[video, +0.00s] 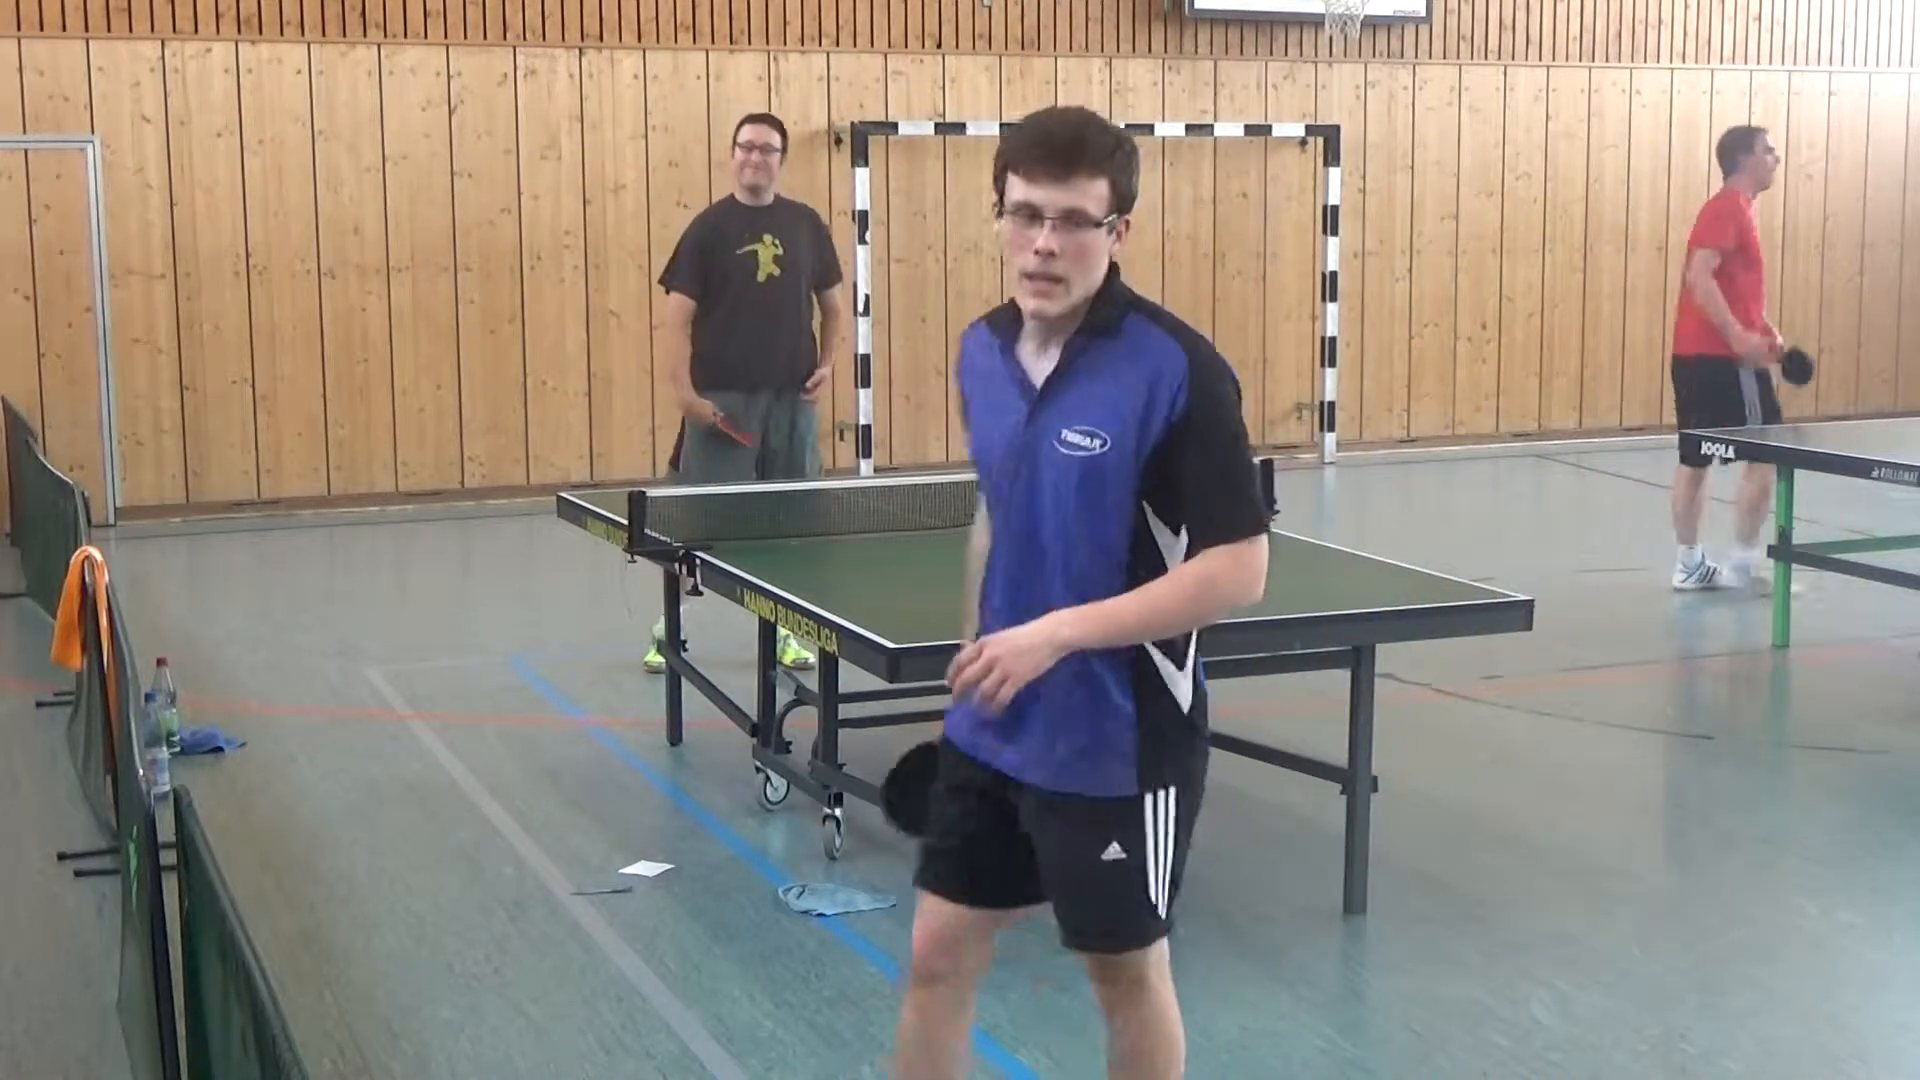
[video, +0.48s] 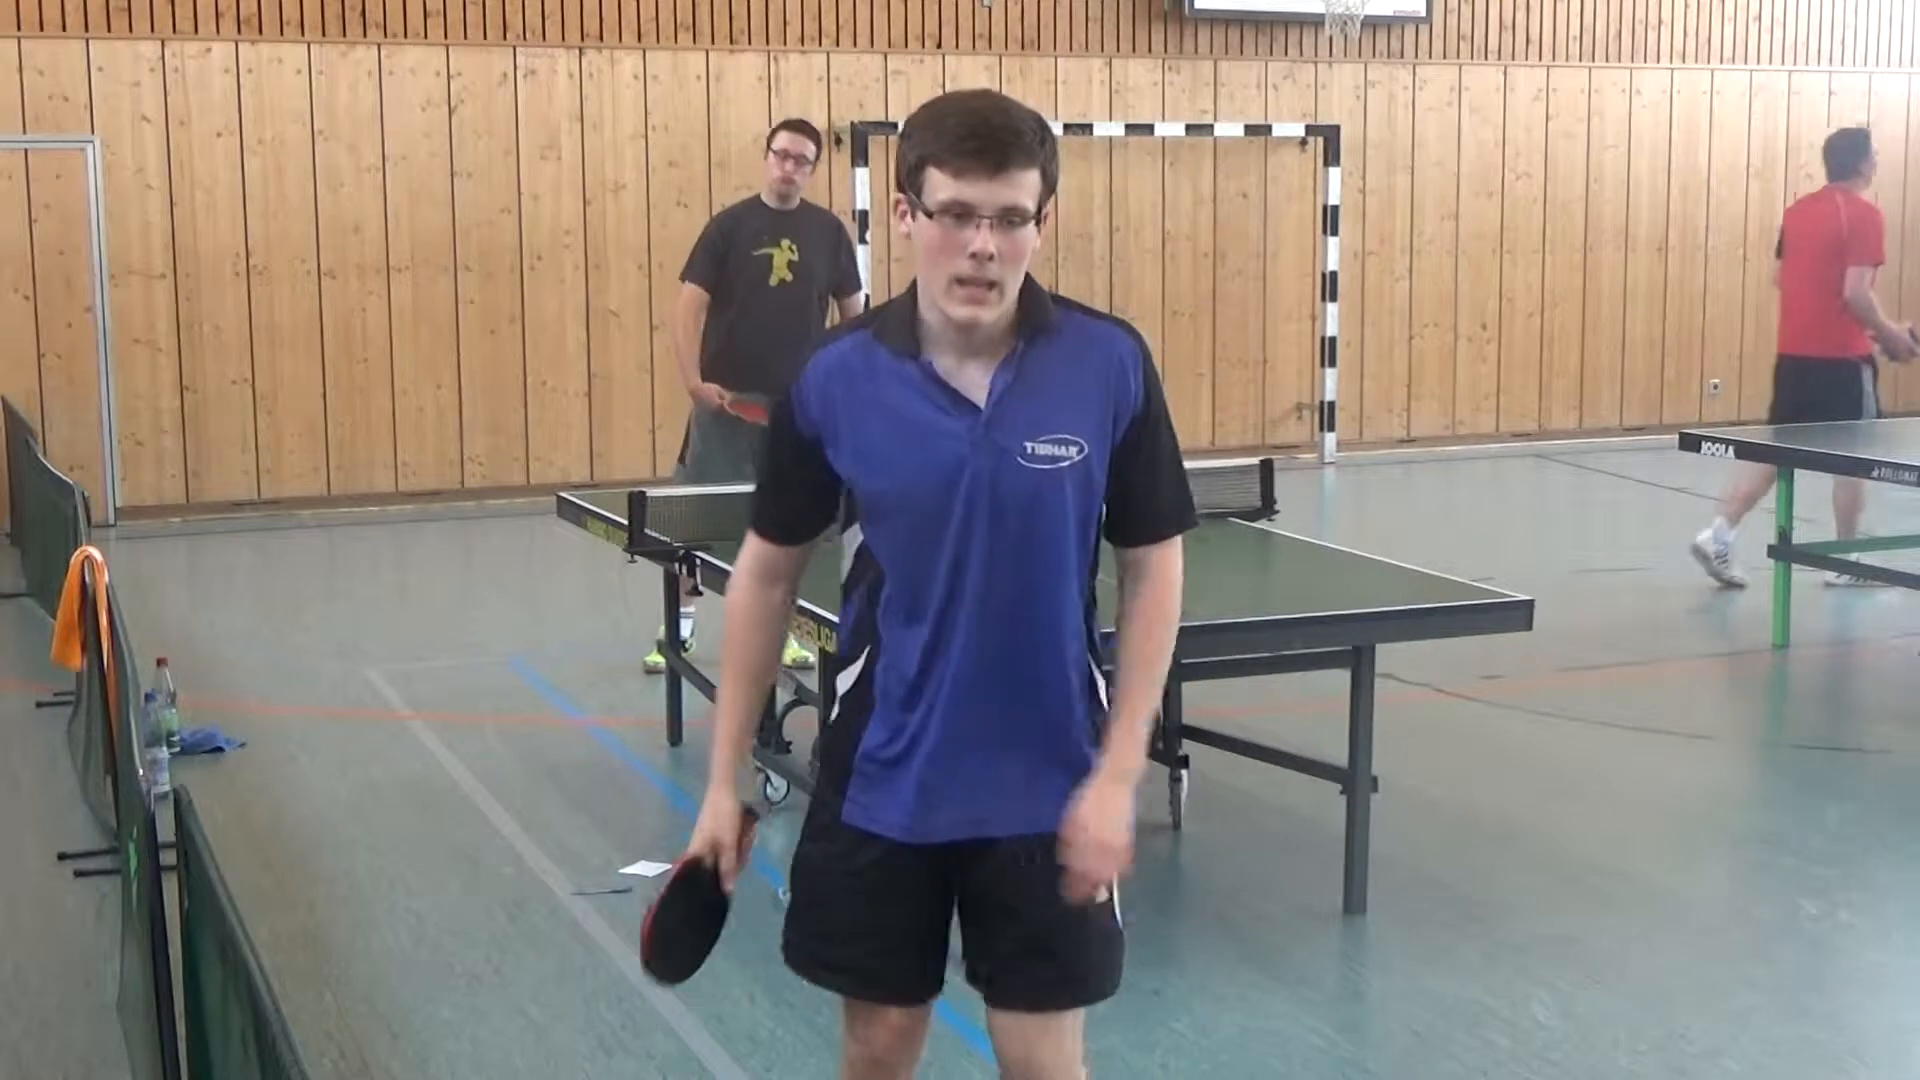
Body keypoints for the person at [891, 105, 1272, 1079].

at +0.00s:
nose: (1045, 244)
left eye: (1075, 223)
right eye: (1025, 217)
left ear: (1119, 234)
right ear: (999, 220)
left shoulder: (1181, 374)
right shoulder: (983, 352)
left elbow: (1237, 568)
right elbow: (997, 518)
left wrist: (1055, 633)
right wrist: (977, 670)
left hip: (1117, 745)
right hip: (997, 718)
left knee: (1126, 978)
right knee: (938, 956)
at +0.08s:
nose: (1039, 251)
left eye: (1068, 229)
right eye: (1018, 223)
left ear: (1109, 237)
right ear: (988, 224)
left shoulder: (1172, 376)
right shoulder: (953, 358)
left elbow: (1229, 573)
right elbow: (953, 529)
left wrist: (1049, 620)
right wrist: (931, 705)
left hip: (1105, 747)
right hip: (972, 729)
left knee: (1117, 986)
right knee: (917, 972)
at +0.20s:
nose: (1025, 255)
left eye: (1052, 231)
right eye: (1001, 227)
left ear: (1086, 238)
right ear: (963, 231)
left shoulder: (1151, 377)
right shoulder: (911, 367)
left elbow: (1212, 578)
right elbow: (897, 538)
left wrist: (1029, 624)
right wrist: (861, 719)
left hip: (1080, 761)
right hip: (937, 747)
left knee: (1102, 996)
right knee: (909, 1000)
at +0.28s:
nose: (1008, 258)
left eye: (1036, 234)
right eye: (985, 230)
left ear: (1072, 240)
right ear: (942, 232)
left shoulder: (1132, 380)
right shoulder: (881, 376)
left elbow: (1200, 585)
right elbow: (856, 544)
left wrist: (1030, 655)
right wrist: (813, 734)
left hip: (1061, 769)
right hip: (915, 762)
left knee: (1082, 1005)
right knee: (902, 1025)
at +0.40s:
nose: (985, 248)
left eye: (1014, 222)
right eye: (961, 217)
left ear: (1047, 227)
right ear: (914, 219)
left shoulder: (1112, 365)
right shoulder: (843, 376)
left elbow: (1170, 573)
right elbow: (796, 560)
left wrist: (1061, 735)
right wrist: (755, 760)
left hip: (1047, 772)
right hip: (894, 767)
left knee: (1035, 1030)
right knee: (881, 1039)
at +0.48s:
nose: (983, 246)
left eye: (1009, 220)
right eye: (957, 216)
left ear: (1042, 227)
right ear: (906, 216)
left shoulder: (1107, 364)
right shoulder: (835, 380)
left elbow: (1154, 570)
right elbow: (763, 574)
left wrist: (1116, 776)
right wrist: (724, 783)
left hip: (1043, 781)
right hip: (884, 778)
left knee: (1042, 1055)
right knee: (880, 1044)